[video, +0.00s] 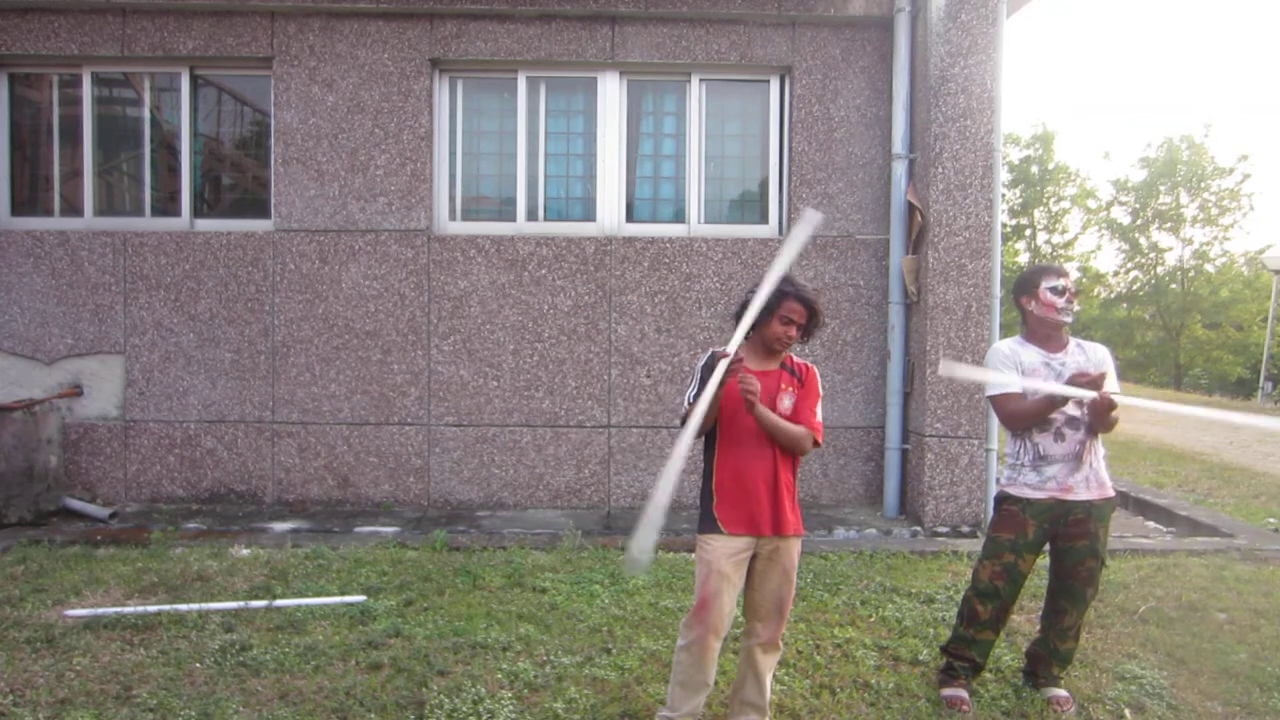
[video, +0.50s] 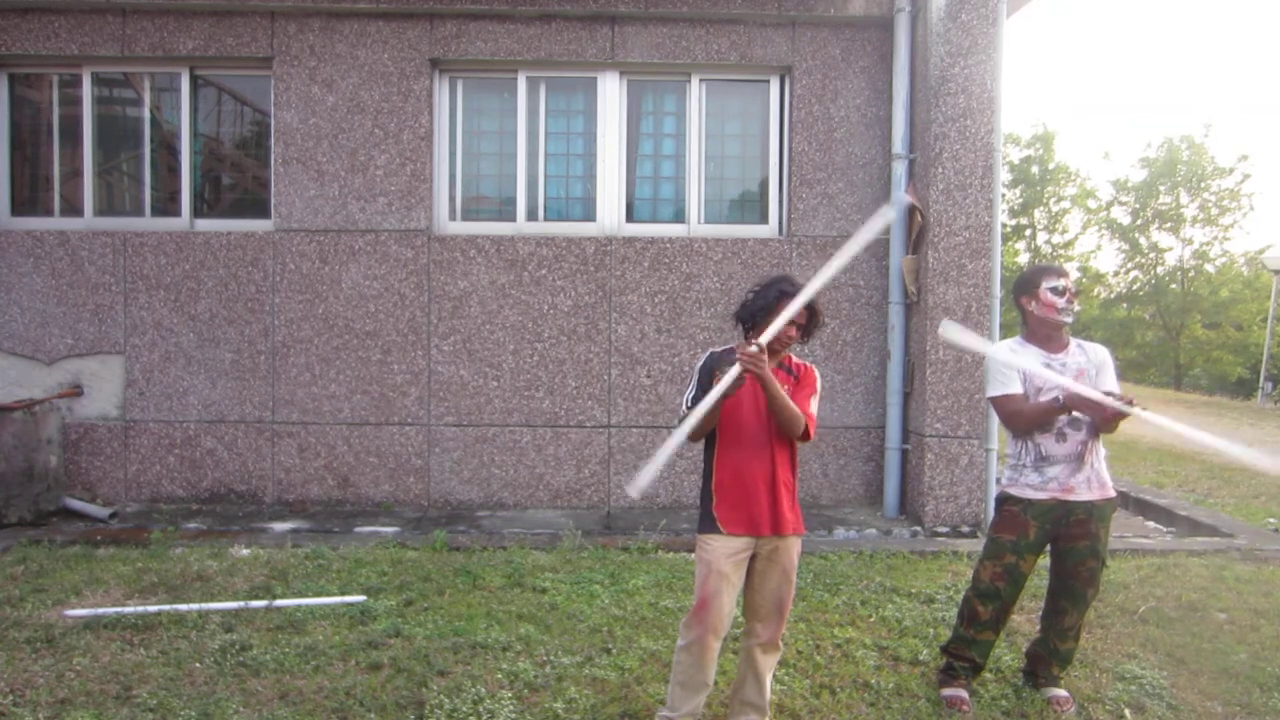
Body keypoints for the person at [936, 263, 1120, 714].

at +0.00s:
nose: (1069, 298)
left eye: (1072, 292)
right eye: (1057, 290)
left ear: (1075, 303)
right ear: (1026, 301)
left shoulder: (1095, 354)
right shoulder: (1004, 354)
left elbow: (1106, 425)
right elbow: (1014, 419)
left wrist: (1099, 401)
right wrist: (1066, 392)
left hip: (1087, 496)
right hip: (1026, 494)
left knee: (1075, 593)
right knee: (992, 584)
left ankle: (1045, 670)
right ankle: (957, 673)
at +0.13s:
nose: (1069, 299)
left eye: (1072, 293)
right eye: (1057, 290)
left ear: (1075, 304)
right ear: (1026, 302)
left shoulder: (1094, 354)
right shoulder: (1004, 354)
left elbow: (1105, 425)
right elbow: (1016, 419)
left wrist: (1104, 412)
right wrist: (1067, 391)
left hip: (1087, 497)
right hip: (1025, 495)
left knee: (1075, 593)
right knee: (992, 585)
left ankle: (1044, 670)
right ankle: (957, 673)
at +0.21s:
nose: (1069, 298)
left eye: (1072, 292)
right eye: (1057, 290)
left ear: (1075, 303)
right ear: (1026, 301)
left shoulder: (1095, 355)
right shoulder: (1005, 354)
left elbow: (1108, 425)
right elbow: (1015, 420)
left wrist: (1105, 413)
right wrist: (1066, 394)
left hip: (1086, 496)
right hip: (1027, 493)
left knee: (1075, 593)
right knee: (993, 584)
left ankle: (1044, 670)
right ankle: (957, 674)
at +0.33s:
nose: (1069, 299)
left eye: (1072, 293)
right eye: (1057, 291)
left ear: (1075, 304)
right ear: (1026, 301)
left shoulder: (1095, 355)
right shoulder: (1005, 355)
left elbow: (1105, 421)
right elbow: (1016, 420)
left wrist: (1104, 415)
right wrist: (1066, 399)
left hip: (1088, 497)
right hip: (1027, 495)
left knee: (1075, 593)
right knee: (993, 585)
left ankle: (1044, 670)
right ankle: (957, 674)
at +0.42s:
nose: (1068, 300)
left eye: (1073, 294)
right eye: (1057, 291)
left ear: (1075, 304)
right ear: (1029, 299)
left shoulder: (1094, 355)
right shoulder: (1005, 354)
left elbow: (1104, 426)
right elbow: (1017, 420)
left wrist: (1107, 411)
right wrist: (1065, 400)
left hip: (1088, 498)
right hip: (1027, 496)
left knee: (1075, 595)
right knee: (993, 586)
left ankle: (1044, 672)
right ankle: (957, 675)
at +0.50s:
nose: (1069, 299)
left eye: (1071, 293)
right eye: (1057, 291)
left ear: (1073, 304)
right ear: (1027, 301)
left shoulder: (1096, 356)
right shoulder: (1005, 355)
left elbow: (1105, 424)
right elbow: (1017, 421)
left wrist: (1116, 407)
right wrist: (1065, 401)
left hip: (1088, 497)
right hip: (1027, 496)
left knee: (1075, 595)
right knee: (993, 585)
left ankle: (1045, 672)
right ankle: (957, 674)